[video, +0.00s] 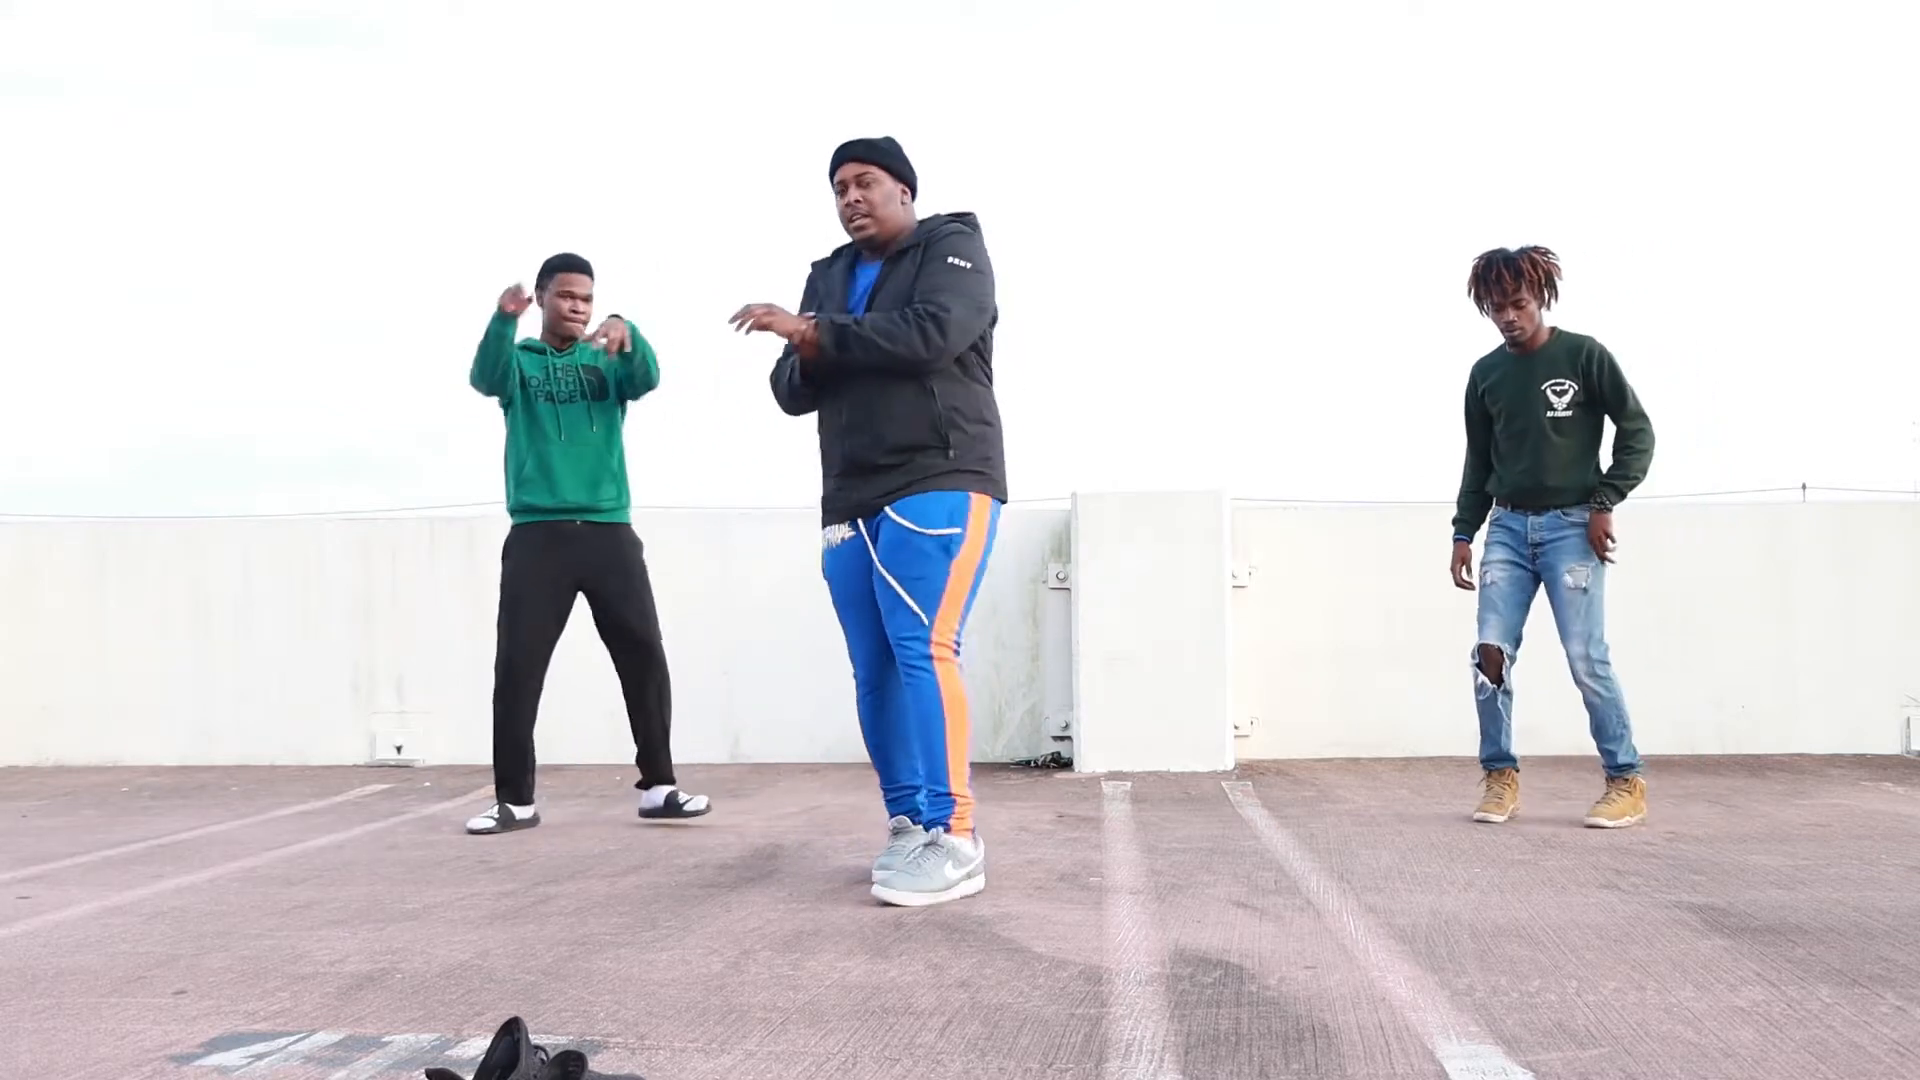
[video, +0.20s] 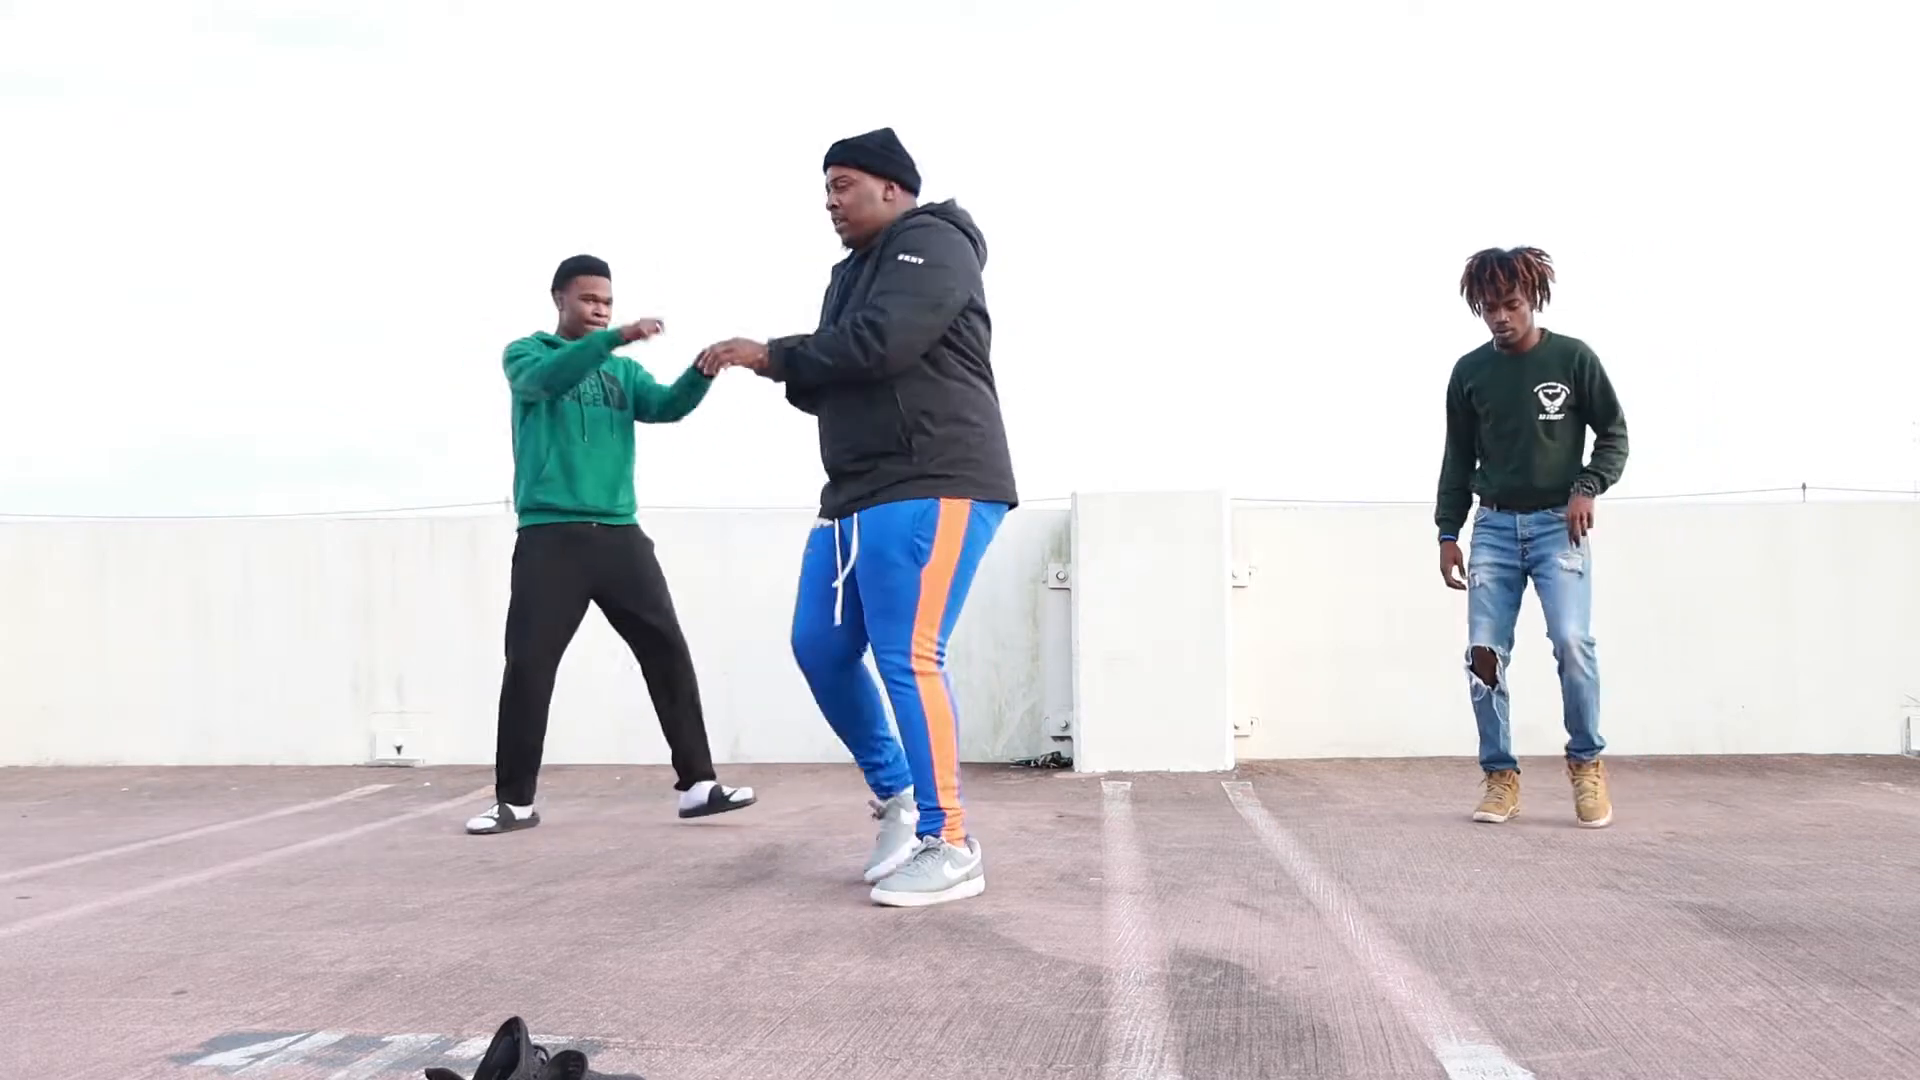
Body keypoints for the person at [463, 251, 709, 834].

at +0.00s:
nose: (576, 306)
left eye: (585, 298)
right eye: (565, 296)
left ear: (593, 305)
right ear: (542, 301)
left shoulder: (607, 359)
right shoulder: (519, 358)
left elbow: (644, 379)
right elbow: (488, 378)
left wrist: (628, 335)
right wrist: (505, 318)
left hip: (610, 534)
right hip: (538, 535)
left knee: (644, 655)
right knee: (517, 668)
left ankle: (658, 788)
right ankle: (514, 801)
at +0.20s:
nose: (599, 310)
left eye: (607, 302)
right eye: (588, 299)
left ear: (613, 309)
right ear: (559, 300)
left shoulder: (621, 366)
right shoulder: (525, 352)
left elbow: (666, 405)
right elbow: (539, 381)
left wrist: (704, 368)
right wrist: (615, 338)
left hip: (620, 537)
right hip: (550, 539)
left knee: (667, 651)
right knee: (527, 669)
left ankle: (697, 786)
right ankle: (515, 802)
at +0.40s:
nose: (648, 331)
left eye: (655, 323)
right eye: (637, 321)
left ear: (662, 329)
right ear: (610, 323)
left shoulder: (663, 399)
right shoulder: (583, 367)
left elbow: (695, 454)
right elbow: (610, 410)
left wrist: (745, 454)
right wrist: (691, 418)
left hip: (651, 551)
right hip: (586, 547)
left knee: (707, 658)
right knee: (552, 672)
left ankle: (706, 797)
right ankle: (514, 802)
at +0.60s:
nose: (699, 322)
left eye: (707, 314)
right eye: (688, 311)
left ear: (714, 323)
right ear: (661, 315)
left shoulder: (717, 394)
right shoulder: (636, 358)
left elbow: (758, 446)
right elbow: (649, 389)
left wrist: (818, 440)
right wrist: (723, 385)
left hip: (702, 548)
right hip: (636, 538)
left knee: (729, 670)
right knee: (592, 660)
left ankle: (708, 797)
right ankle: (550, 789)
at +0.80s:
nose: (729, 308)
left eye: (738, 299)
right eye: (719, 295)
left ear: (747, 303)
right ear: (694, 293)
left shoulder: (748, 350)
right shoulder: (658, 342)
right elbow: (668, 363)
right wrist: (733, 319)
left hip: (734, 520)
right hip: (668, 512)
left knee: (727, 662)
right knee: (667, 652)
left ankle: (710, 796)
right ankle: (663, 797)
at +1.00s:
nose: (721, 300)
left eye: (729, 290)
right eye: (714, 288)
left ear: (744, 294)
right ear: (701, 291)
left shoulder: (757, 346)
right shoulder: (674, 349)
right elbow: (673, 394)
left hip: (749, 504)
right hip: (699, 504)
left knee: (728, 648)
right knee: (722, 648)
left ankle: (708, 785)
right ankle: (740, 795)